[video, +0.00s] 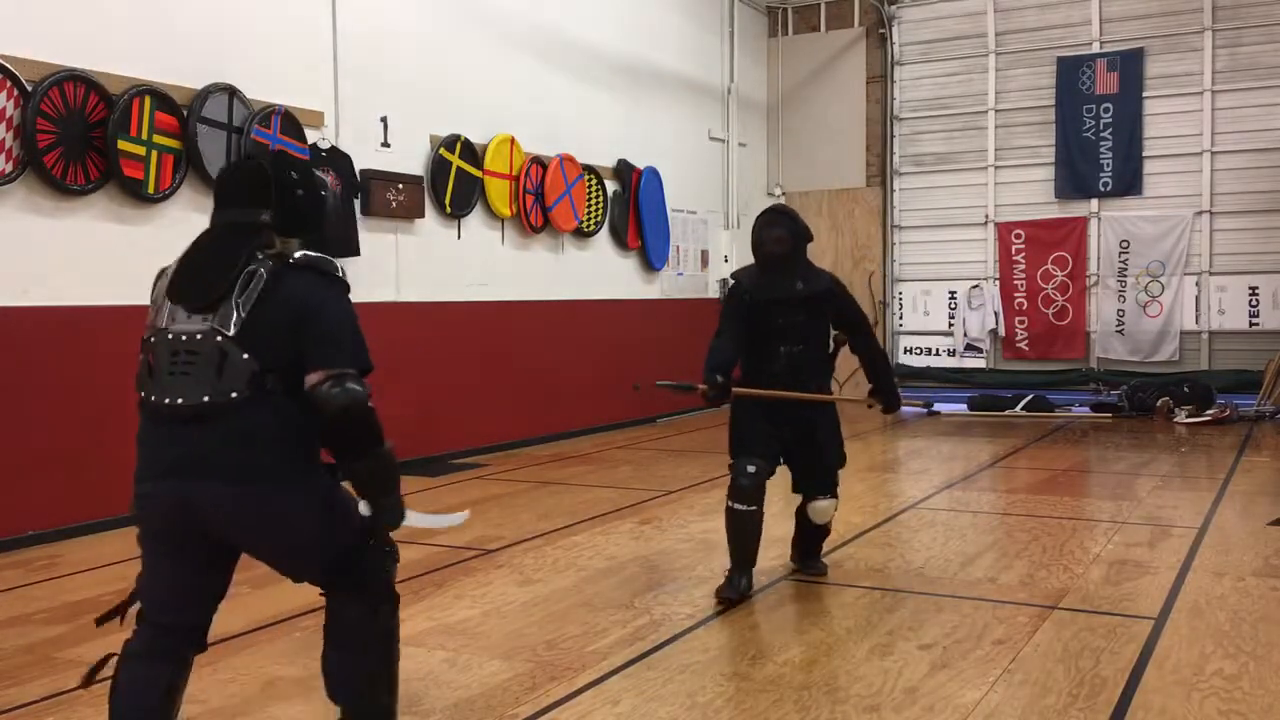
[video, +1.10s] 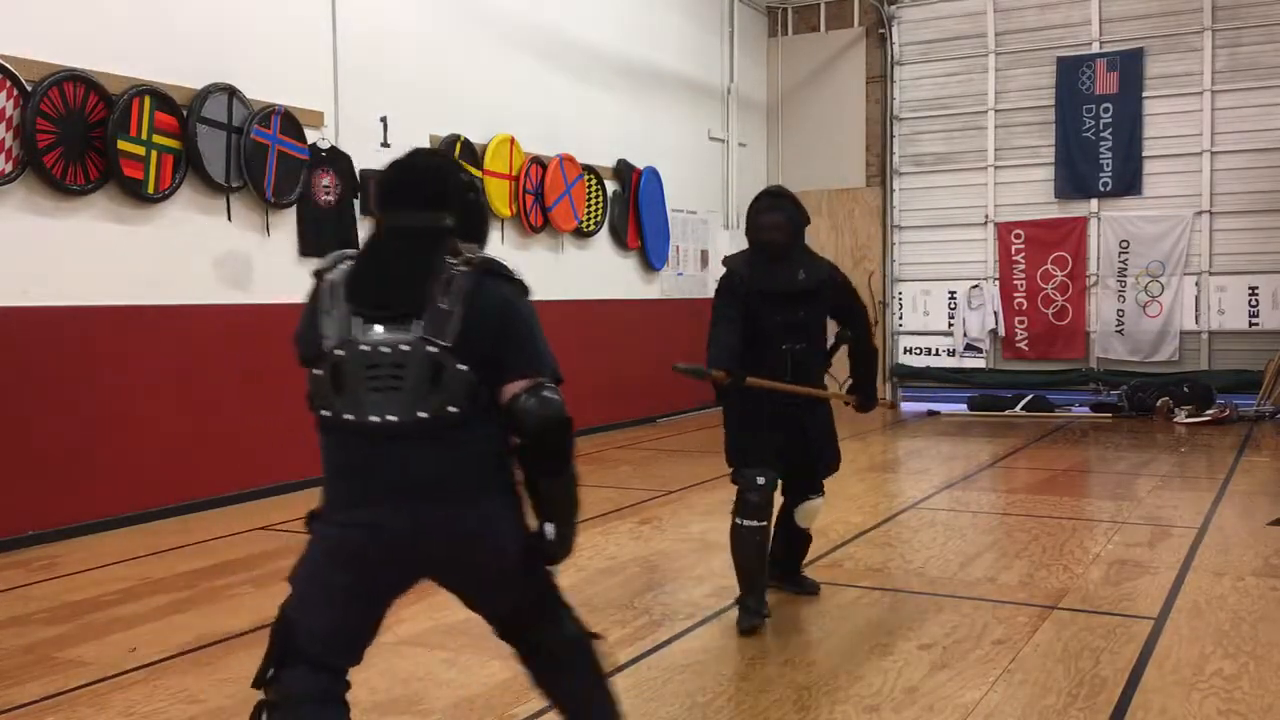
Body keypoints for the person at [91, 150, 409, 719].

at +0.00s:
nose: (318, 214)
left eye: (315, 202)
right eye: (311, 203)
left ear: (226, 213)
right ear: (289, 212)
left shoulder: (175, 278)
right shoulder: (306, 280)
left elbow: (158, 389)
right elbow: (339, 402)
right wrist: (382, 491)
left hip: (169, 486)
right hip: (266, 486)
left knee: (163, 633)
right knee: (361, 566)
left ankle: (134, 709)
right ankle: (367, 707)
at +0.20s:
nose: (331, 204)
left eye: (326, 193)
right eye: (323, 194)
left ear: (238, 202)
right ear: (303, 202)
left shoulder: (183, 274)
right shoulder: (329, 275)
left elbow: (173, 379)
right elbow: (371, 397)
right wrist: (399, 488)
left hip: (192, 486)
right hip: (297, 487)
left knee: (169, 629)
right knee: (367, 599)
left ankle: (137, 709)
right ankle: (393, 709)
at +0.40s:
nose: (379, 212)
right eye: (372, 202)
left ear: (280, 206)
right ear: (357, 206)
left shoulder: (229, 278)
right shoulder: (382, 273)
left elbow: (225, 379)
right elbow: (443, 387)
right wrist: (457, 470)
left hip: (256, 484)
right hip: (361, 483)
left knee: (202, 626)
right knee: (388, 616)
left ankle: (174, 708)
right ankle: (395, 709)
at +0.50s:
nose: (397, 211)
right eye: (390, 202)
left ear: (300, 206)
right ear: (372, 208)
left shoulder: (248, 279)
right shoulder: (401, 276)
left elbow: (240, 371)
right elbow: (460, 392)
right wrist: (478, 479)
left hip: (272, 488)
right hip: (378, 488)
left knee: (226, 628)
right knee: (396, 624)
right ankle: (397, 710)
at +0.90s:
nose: (436, 211)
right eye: (428, 201)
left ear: (332, 209)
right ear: (412, 207)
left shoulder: (278, 285)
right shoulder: (438, 282)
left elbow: (269, 398)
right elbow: (485, 412)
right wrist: (508, 514)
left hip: (306, 510)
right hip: (414, 503)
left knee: (284, 672)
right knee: (458, 585)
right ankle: (460, 708)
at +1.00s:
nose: (455, 211)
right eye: (447, 202)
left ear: (355, 207)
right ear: (431, 208)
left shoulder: (299, 285)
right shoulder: (458, 285)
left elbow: (291, 389)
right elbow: (507, 412)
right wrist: (527, 513)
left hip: (328, 512)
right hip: (438, 504)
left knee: (290, 671)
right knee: (492, 602)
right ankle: (528, 706)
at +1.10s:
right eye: (471, 206)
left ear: (381, 213)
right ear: (462, 212)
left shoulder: (332, 290)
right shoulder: (487, 290)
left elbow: (318, 379)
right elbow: (538, 414)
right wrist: (557, 512)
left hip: (360, 522)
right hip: (471, 519)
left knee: (306, 671)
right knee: (547, 634)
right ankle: (596, 709)